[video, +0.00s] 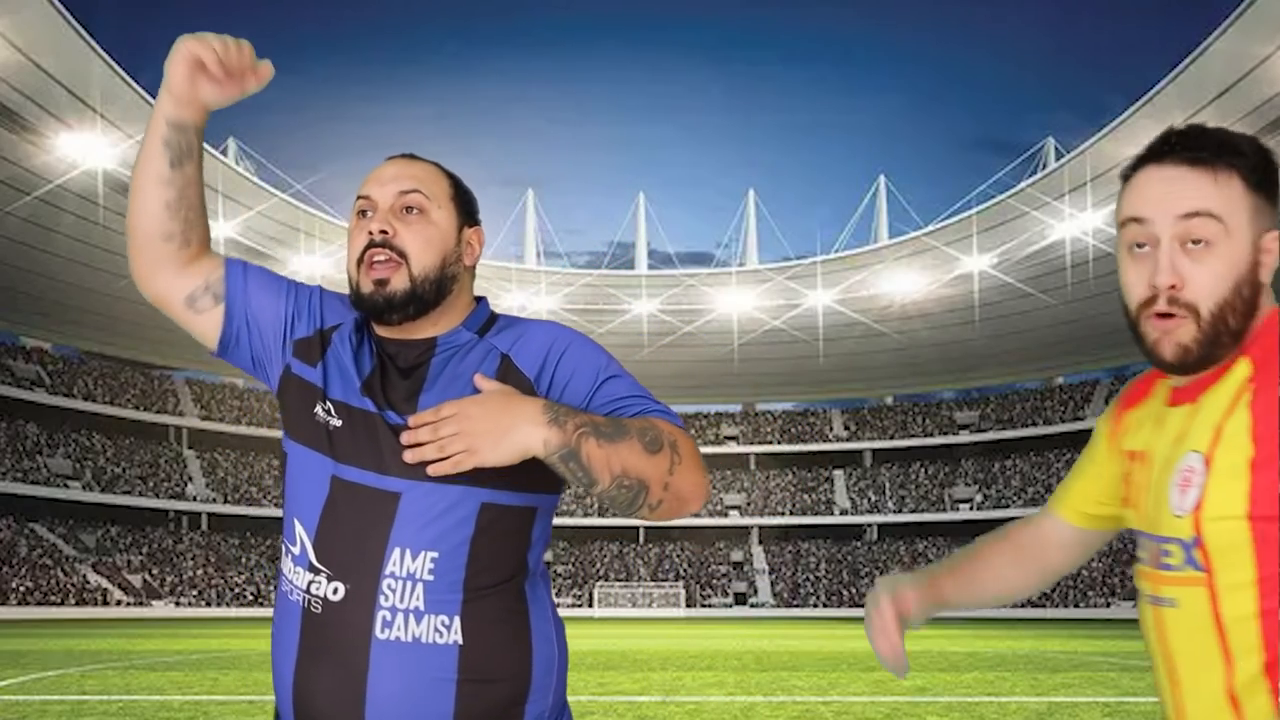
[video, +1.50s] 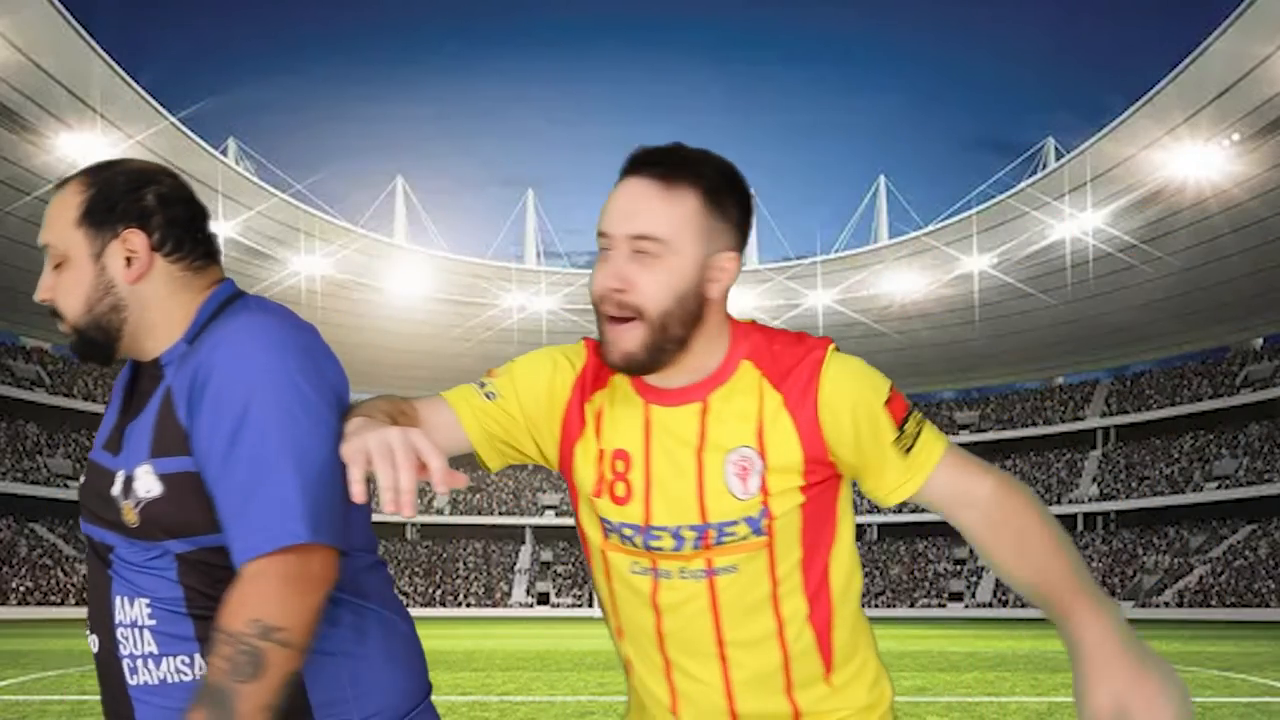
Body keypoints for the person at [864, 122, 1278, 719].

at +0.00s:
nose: (1161, 276)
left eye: (1197, 241)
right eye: (1139, 244)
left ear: (1265, 254)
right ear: (1119, 258)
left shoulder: (1272, 381)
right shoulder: (1138, 412)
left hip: (1262, 701)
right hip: (1197, 704)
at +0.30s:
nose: (882, 268)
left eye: (916, 243)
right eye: (894, 238)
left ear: (1007, 270)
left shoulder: (1086, 402)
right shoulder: (875, 380)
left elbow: (1193, 569)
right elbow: (714, 422)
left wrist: (943, 591)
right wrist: (611, 430)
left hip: (1086, 708)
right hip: (947, 706)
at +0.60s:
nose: (842, 253)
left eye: (869, 227)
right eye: (815, 227)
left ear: (903, 248)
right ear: (779, 249)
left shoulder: (945, 373)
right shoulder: (741, 364)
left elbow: (1100, 481)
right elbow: (586, 443)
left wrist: (1042, 478)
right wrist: (616, 415)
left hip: (926, 707)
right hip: (780, 705)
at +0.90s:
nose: (840, 246)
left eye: (863, 221)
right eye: (812, 220)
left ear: (888, 237)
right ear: (769, 237)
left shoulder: (944, 365)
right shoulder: (721, 341)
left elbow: (1148, 412)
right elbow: (591, 478)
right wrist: (619, 424)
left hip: (877, 705)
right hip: (720, 704)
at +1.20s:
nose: (867, 274)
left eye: (892, 246)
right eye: (839, 242)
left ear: (914, 262)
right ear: (787, 252)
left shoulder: (957, 372)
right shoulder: (700, 377)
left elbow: (1123, 280)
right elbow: (521, 430)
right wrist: (522, 434)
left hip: (899, 709)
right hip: (725, 709)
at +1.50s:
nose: (610, 278)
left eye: (646, 250)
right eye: (605, 248)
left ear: (725, 274)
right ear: (593, 257)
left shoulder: (819, 386)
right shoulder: (557, 388)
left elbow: (983, 501)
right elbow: (395, 425)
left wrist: (1105, 648)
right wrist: (374, 424)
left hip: (830, 705)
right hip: (666, 711)